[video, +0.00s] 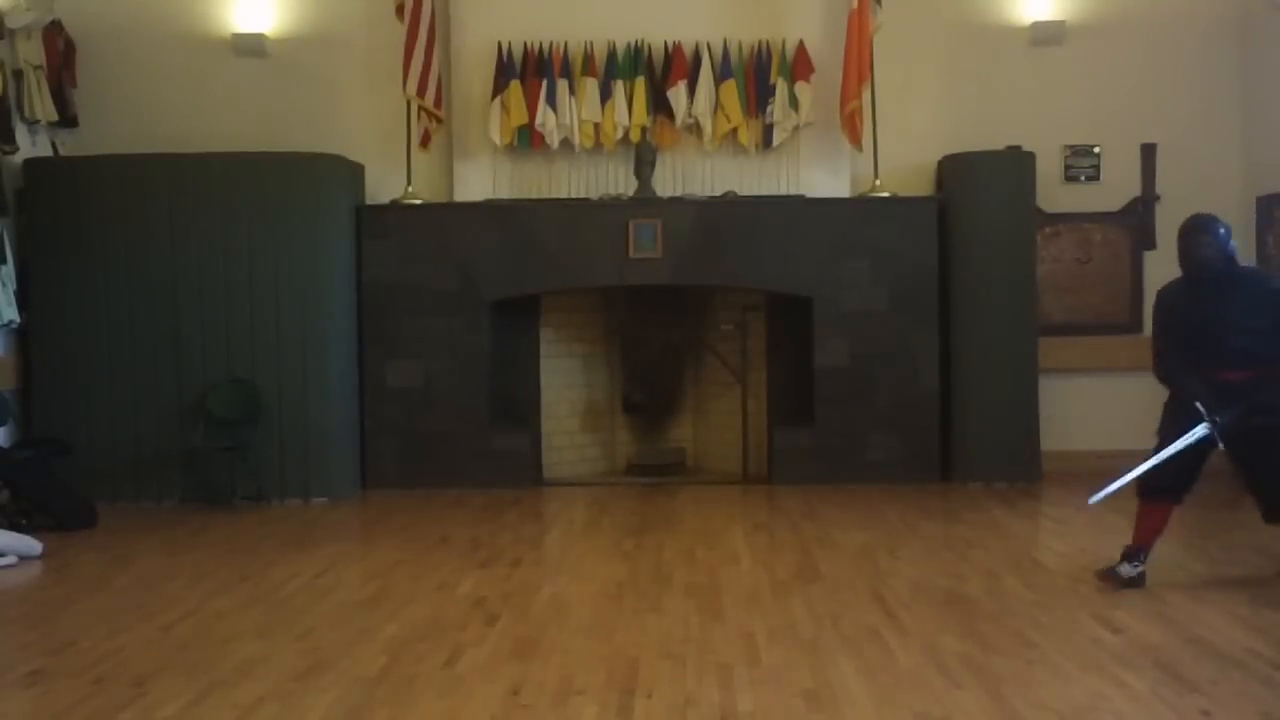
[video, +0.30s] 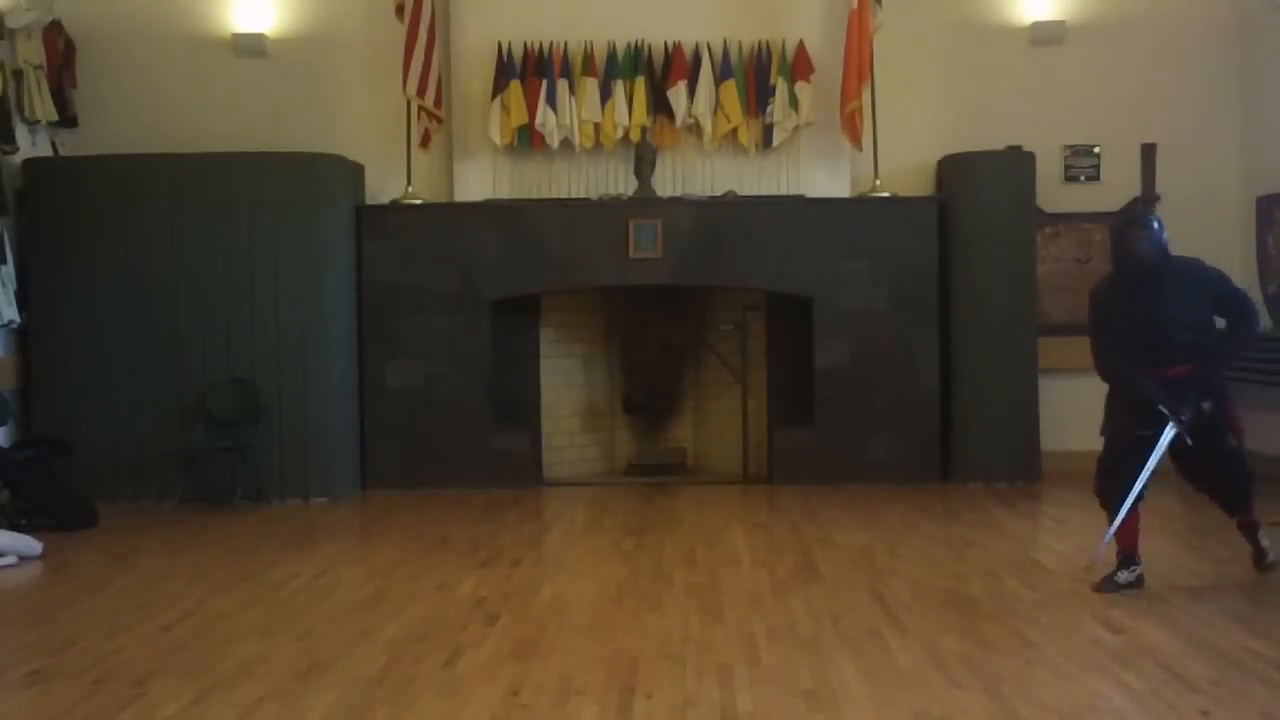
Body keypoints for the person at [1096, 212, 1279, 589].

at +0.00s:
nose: (1198, 255)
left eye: (1207, 246)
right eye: (1190, 247)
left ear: (1227, 247)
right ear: (1180, 252)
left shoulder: (1259, 290)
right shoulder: (1171, 298)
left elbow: (1273, 356)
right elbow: (1165, 363)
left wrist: (1246, 401)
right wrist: (1198, 396)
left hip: (1256, 398)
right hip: (1195, 396)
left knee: (1273, 486)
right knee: (1164, 473)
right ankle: (1134, 560)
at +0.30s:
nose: (1137, 250)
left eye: (1144, 240)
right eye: (1129, 242)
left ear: (1161, 240)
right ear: (1116, 246)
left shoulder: (1192, 276)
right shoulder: (1107, 294)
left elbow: (1245, 316)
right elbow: (1108, 363)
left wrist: (1210, 371)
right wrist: (1153, 395)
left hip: (1196, 389)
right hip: (1135, 393)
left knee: (1223, 471)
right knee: (1117, 476)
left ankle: (1254, 536)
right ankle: (1129, 564)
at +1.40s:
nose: (1043, 254)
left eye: (1051, 243)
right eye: (1034, 246)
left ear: (1071, 243)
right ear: (1020, 250)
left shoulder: (1101, 288)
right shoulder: (1005, 302)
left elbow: (1146, 329)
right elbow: (1001, 377)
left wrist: (1116, 393)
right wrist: (1060, 421)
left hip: (1087, 418)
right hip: (1021, 417)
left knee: (1110, 514)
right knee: (987, 506)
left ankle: (1113, 589)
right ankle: (951, 604)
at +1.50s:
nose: (1024, 260)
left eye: (1029, 249)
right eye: (1012, 252)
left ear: (1046, 245)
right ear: (996, 255)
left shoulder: (1075, 291)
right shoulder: (980, 305)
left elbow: (1118, 330)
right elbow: (978, 387)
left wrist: (1095, 394)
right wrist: (1035, 426)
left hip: (1064, 419)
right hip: (998, 419)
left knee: (1096, 514)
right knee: (960, 506)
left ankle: (1110, 587)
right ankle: (942, 610)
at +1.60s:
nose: (997, 255)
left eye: (1004, 244)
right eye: (987, 247)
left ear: (1021, 243)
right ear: (971, 252)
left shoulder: (1051, 283)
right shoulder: (961, 300)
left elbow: (1094, 329)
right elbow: (959, 384)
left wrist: (1070, 392)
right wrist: (1017, 428)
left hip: (1044, 415)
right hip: (982, 415)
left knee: (1080, 508)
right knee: (945, 506)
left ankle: (1101, 584)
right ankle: (941, 612)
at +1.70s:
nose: (973, 246)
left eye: (981, 236)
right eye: (965, 237)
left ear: (1000, 237)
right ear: (953, 241)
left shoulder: (1033, 278)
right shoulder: (940, 295)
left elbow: (1078, 324)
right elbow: (936, 377)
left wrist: (1042, 392)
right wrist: (993, 419)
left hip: (1026, 409)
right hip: (962, 412)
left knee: (1060, 501)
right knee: (939, 507)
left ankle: (1079, 577)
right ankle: (941, 609)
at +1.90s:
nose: (948, 241)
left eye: (956, 230)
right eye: (939, 231)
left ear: (977, 229)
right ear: (925, 234)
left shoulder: (1013, 270)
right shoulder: (913, 289)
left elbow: (1059, 315)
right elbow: (910, 369)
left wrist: (1028, 382)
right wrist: (967, 414)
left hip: (1009, 409)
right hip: (942, 410)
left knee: (1024, 505)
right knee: (932, 511)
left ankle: (1017, 597)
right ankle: (940, 609)